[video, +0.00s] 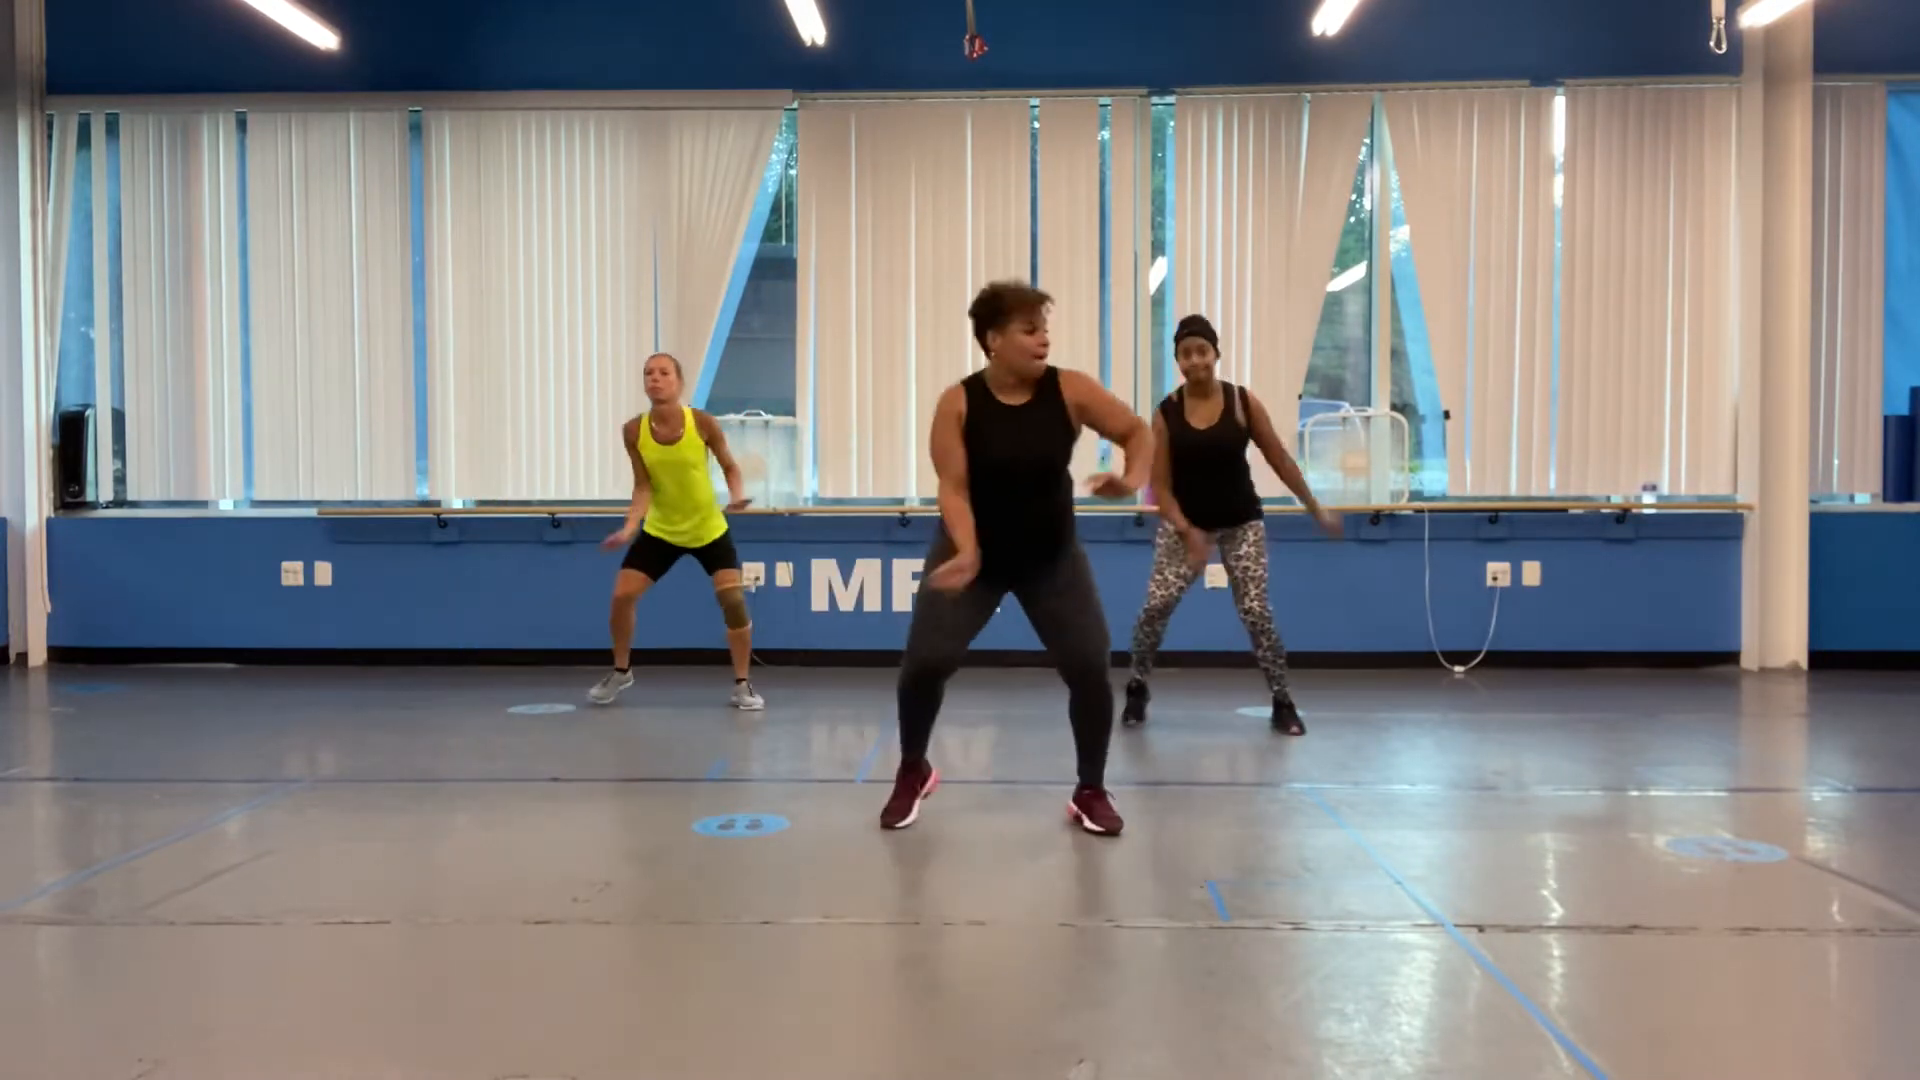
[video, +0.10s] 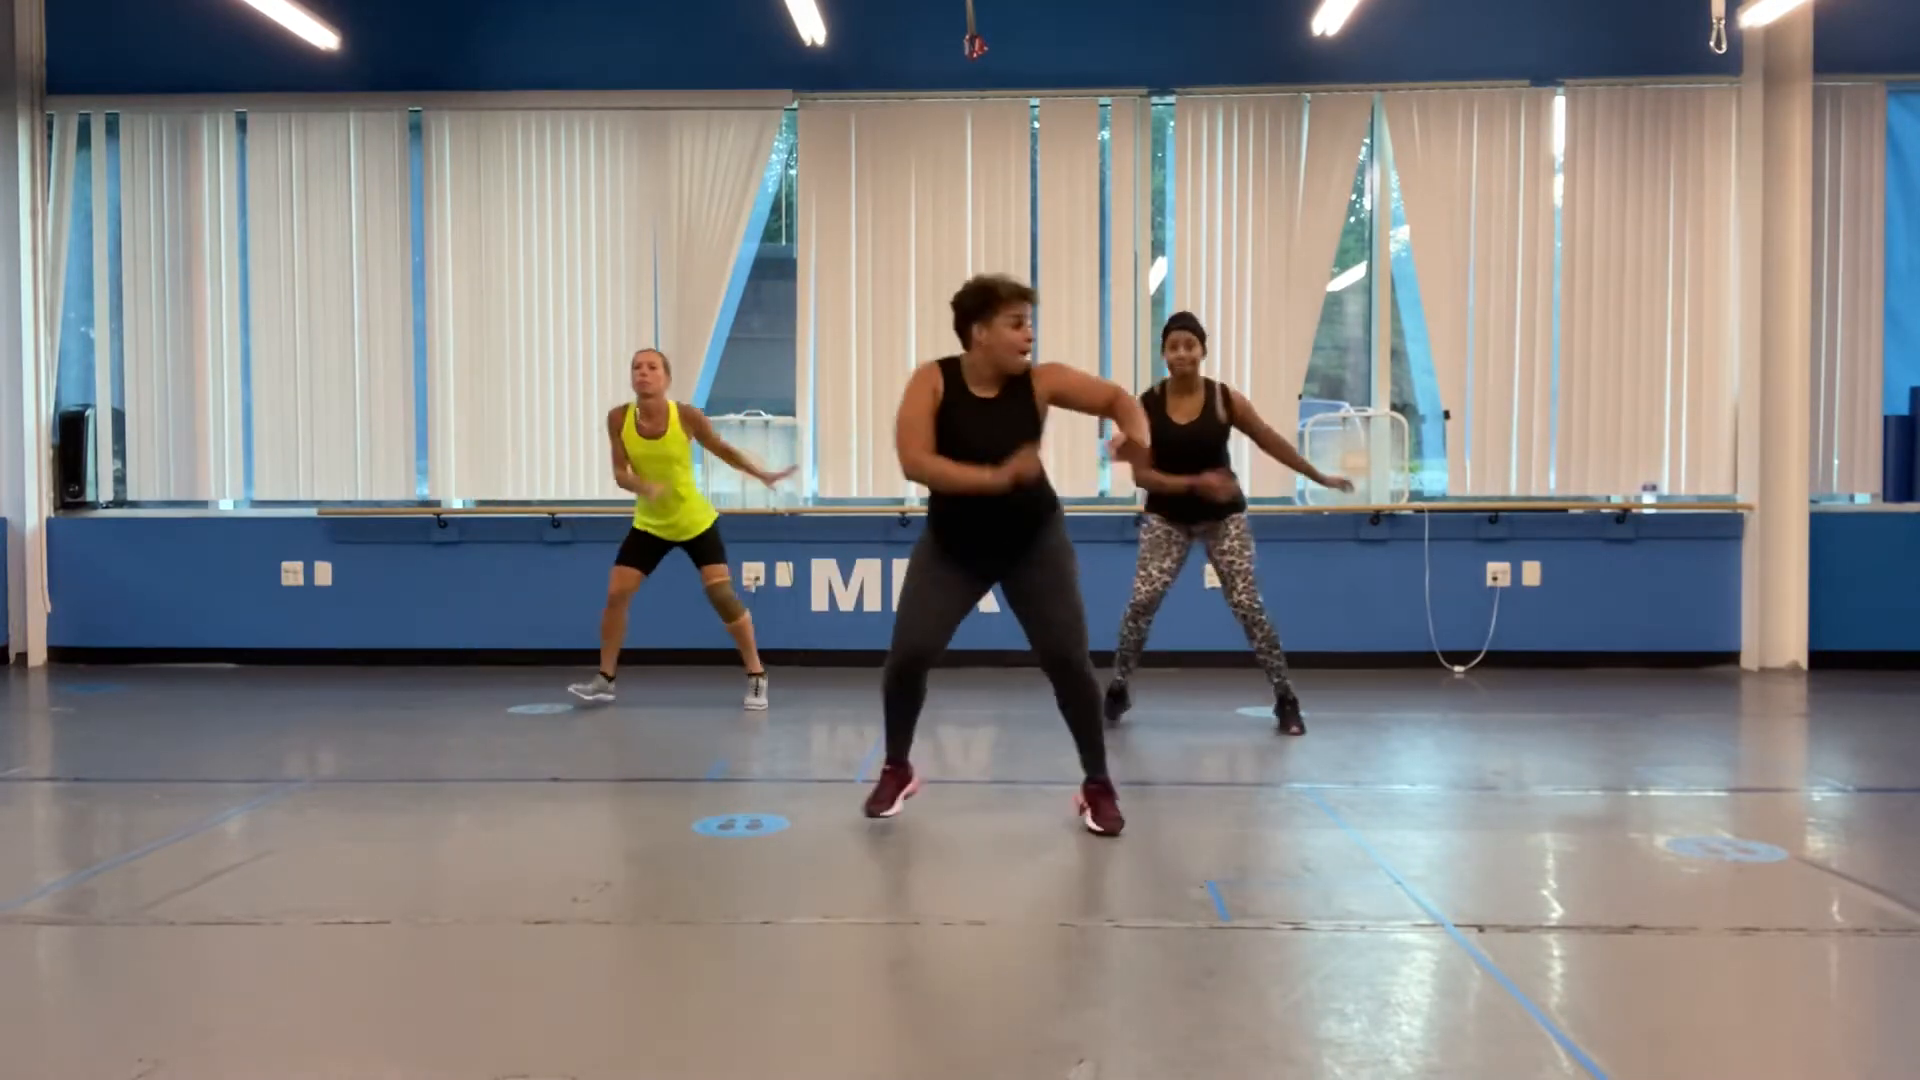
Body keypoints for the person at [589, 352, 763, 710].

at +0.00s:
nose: (656, 379)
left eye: (664, 373)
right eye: (650, 374)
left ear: (680, 383)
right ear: (644, 385)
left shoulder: (703, 423)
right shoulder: (634, 431)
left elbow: (729, 466)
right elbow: (642, 485)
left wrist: (737, 496)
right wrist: (630, 526)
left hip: (707, 527)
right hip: (661, 529)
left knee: (732, 600)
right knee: (622, 595)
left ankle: (742, 684)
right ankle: (621, 672)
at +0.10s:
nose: (643, 373)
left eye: (651, 367)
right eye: (637, 368)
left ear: (667, 378)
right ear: (630, 378)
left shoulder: (687, 416)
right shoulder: (619, 419)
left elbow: (721, 449)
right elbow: (621, 474)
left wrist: (762, 475)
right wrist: (646, 488)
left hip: (694, 519)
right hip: (649, 523)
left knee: (720, 593)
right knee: (617, 593)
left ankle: (756, 675)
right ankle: (605, 678)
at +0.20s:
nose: (631, 379)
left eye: (639, 374)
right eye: (625, 374)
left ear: (655, 384)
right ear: (619, 383)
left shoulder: (673, 420)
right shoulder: (606, 418)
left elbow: (715, 442)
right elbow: (594, 473)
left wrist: (762, 457)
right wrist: (635, 459)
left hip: (677, 523)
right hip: (632, 527)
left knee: (707, 597)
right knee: (605, 600)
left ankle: (757, 666)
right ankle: (601, 686)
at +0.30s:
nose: (624, 386)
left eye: (632, 380)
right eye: (619, 381)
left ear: (648, 390)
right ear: (612, 390)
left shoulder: (667, 427)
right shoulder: (599, 425)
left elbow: (701, 453)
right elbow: (577, 476)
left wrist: (748, 466)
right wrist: (620, 452)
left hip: (668, 529)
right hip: (623, 530)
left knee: (687, 601)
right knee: (591, 601)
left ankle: (716, 659)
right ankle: (600, 685)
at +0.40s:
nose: (626, 386)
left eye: (634, 380)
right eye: (620, 381)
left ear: (650, 390)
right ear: (614, 391)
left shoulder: (671, 432)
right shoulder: (600, 429)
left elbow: (687, 475)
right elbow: (571, 481)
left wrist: (719, 498)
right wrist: (610, 473)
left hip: (665, 531)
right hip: (619, 531)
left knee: (681, 608)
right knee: (588, 600)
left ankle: (686, 673)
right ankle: (599, 685)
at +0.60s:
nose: (652, 379)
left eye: (659, 372)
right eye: (644, 375)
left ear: (675, 380)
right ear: (639, 385)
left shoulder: (698, 419)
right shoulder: (630, 421)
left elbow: (709, 476)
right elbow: (589, 446)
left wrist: (678, 482)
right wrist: (575, 483)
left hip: (681, 522)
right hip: (634, 519)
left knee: (712, 591)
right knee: (603, 597)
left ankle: (733, 676)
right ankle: (583, 677)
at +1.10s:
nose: (616, 380)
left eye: (625, 375)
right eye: (611, 375)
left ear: (641, 385)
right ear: (605, 386)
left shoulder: (662, 421)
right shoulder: (595, 423)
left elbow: (703, 452)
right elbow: (597, 478)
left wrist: (736, 471)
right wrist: (613, 484)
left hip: (674, 522)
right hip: (632, 527)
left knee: (704, 598)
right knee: (600, 599)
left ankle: (753, 676)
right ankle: (592, 684)